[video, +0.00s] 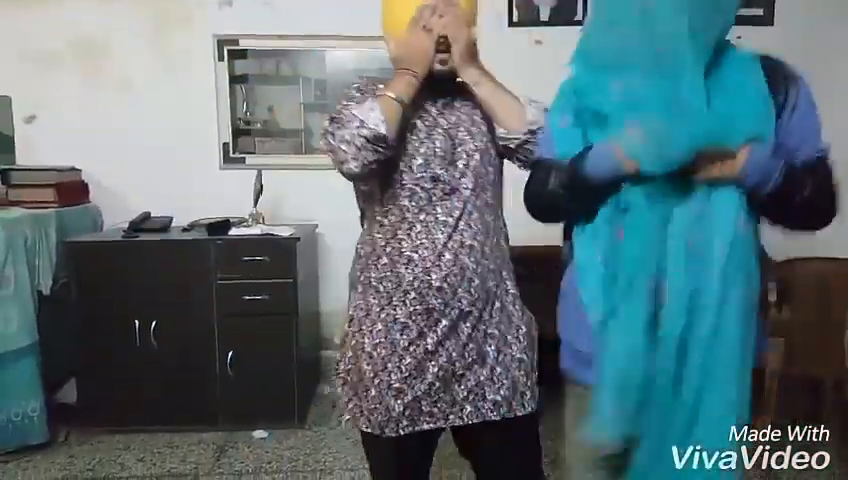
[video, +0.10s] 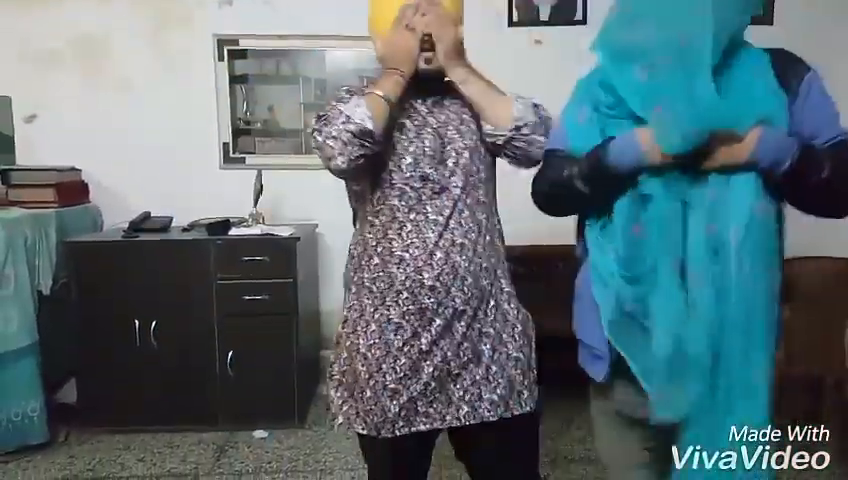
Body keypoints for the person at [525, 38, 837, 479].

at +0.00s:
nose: (665, 20)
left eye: (678, 11)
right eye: (649, 13)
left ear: (712, 11)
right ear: (628, 14)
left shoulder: (770, 84)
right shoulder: (594, 85)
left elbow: (818, 205)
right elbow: (541, 198)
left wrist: (753, 169)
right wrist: (612, 159)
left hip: (715, 357)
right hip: (603, 351)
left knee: (706, 469)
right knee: (595, 469)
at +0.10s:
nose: (682, 24)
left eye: (699, 13)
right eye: (666, 16)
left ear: (731, 10)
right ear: (644, 12)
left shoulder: (780, 79)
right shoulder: (609, 85)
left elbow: (839, 188)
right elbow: (549, 190)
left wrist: (766, 150)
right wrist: (635, 148)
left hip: (736, 358)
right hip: (625, 359)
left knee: (732, 470)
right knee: (633, 468)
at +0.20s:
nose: (697, 27)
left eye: (714, 15)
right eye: (682, 17)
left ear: (748, 13)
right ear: (661, 16)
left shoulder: (800, 84)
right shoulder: (629, 90)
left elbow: (844, 196)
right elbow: (573, 193)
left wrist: (784, 152)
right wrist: (659, 152)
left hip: (758, 362)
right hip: (646, 362)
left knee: (761, 471)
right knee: (650, 470)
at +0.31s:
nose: (717, 44)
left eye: (735, 23)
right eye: (700, 24)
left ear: (770, 26)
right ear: (677, 26)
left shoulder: (817, 113)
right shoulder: (653, 109)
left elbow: (846, 225)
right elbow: (601, 214)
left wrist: (806, 182)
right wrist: (671, 175)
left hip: (784, 372)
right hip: (672, 370)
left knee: (789, 471)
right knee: (656, 468)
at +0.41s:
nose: (751, 99)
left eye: (773, 85)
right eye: (742, 84)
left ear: (792, 90)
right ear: (722, 78)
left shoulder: (814, 156)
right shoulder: (681, 147)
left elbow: (843, 245)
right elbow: (634, 237)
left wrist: (825, 236)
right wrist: (678, 217)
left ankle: (796, 440)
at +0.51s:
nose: (772, 124)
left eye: (792, 109)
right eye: (761, 106)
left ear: (816, 106)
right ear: (739, 93)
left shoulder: (832, 171)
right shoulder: (684, 162)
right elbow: (636, 252)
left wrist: (846, 247)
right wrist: (674, 240)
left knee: (827, 291)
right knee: (699, 308)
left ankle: (823, 445)